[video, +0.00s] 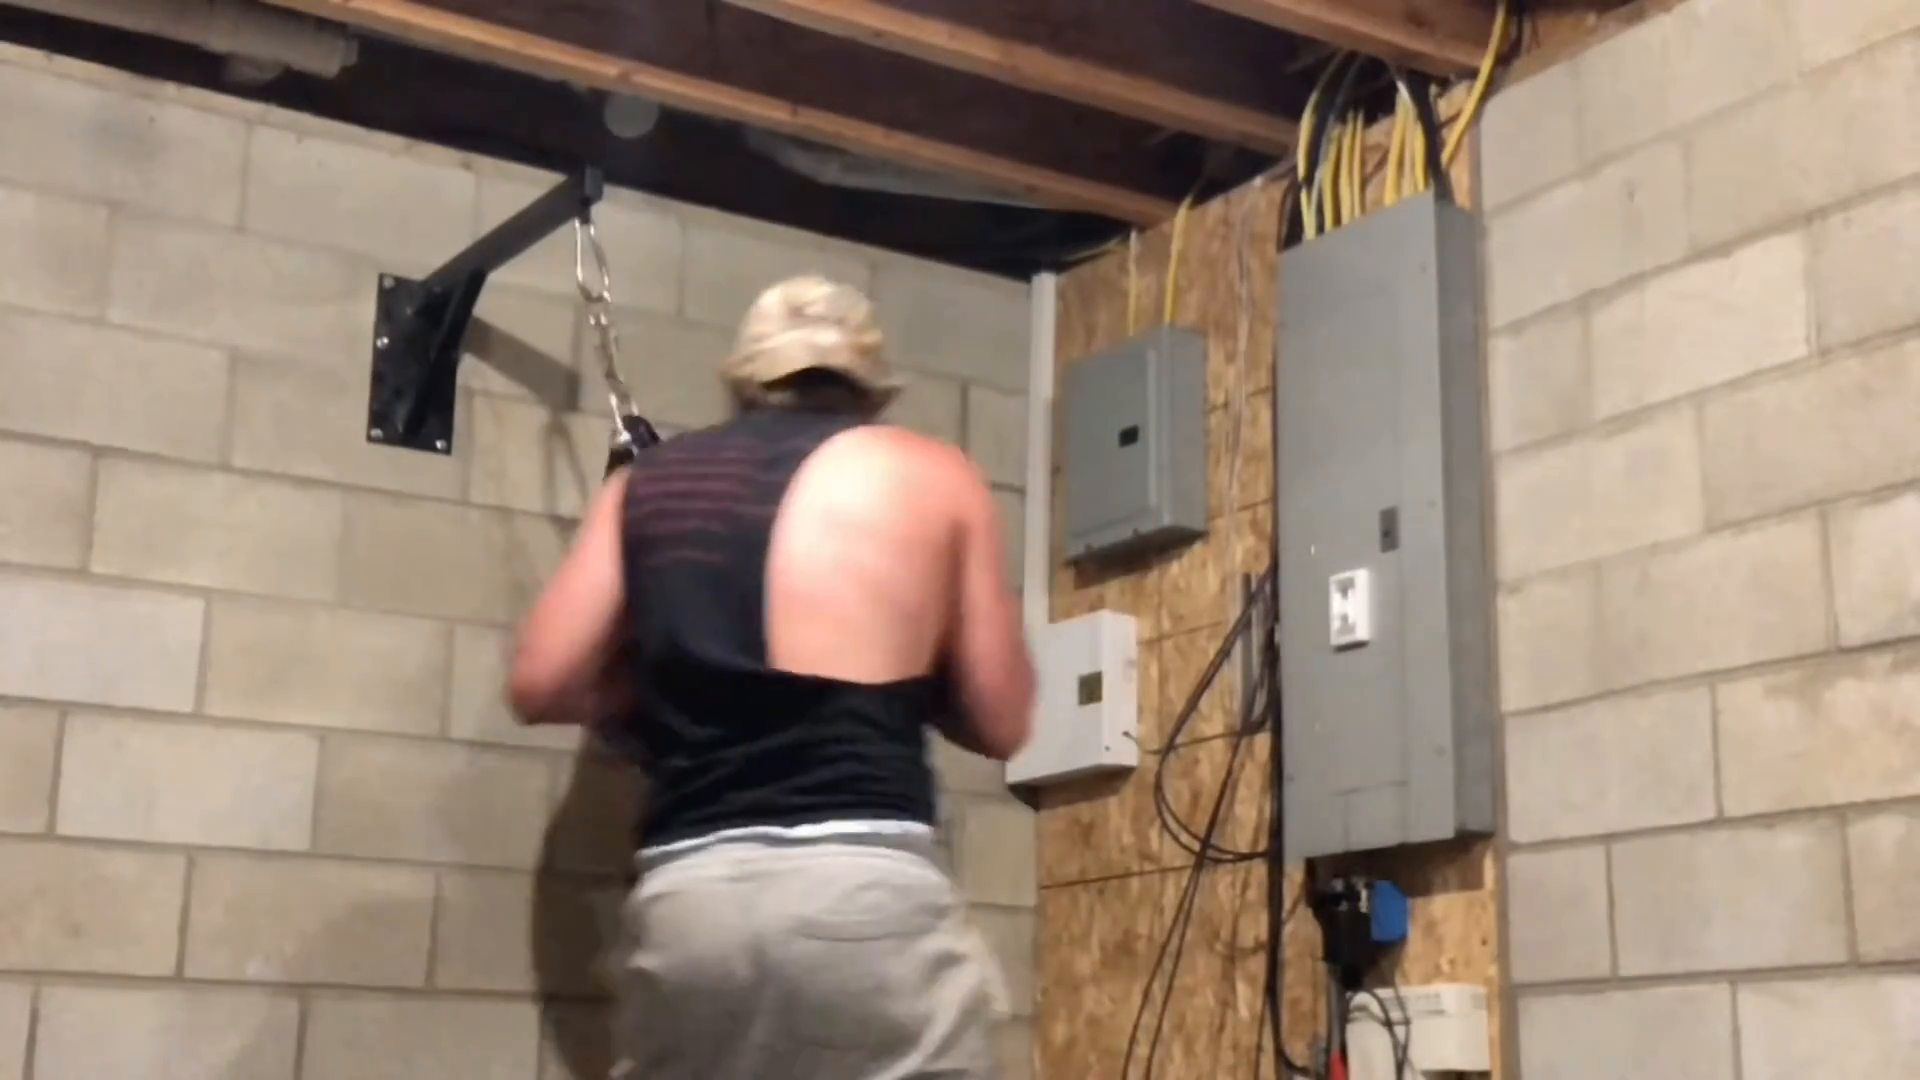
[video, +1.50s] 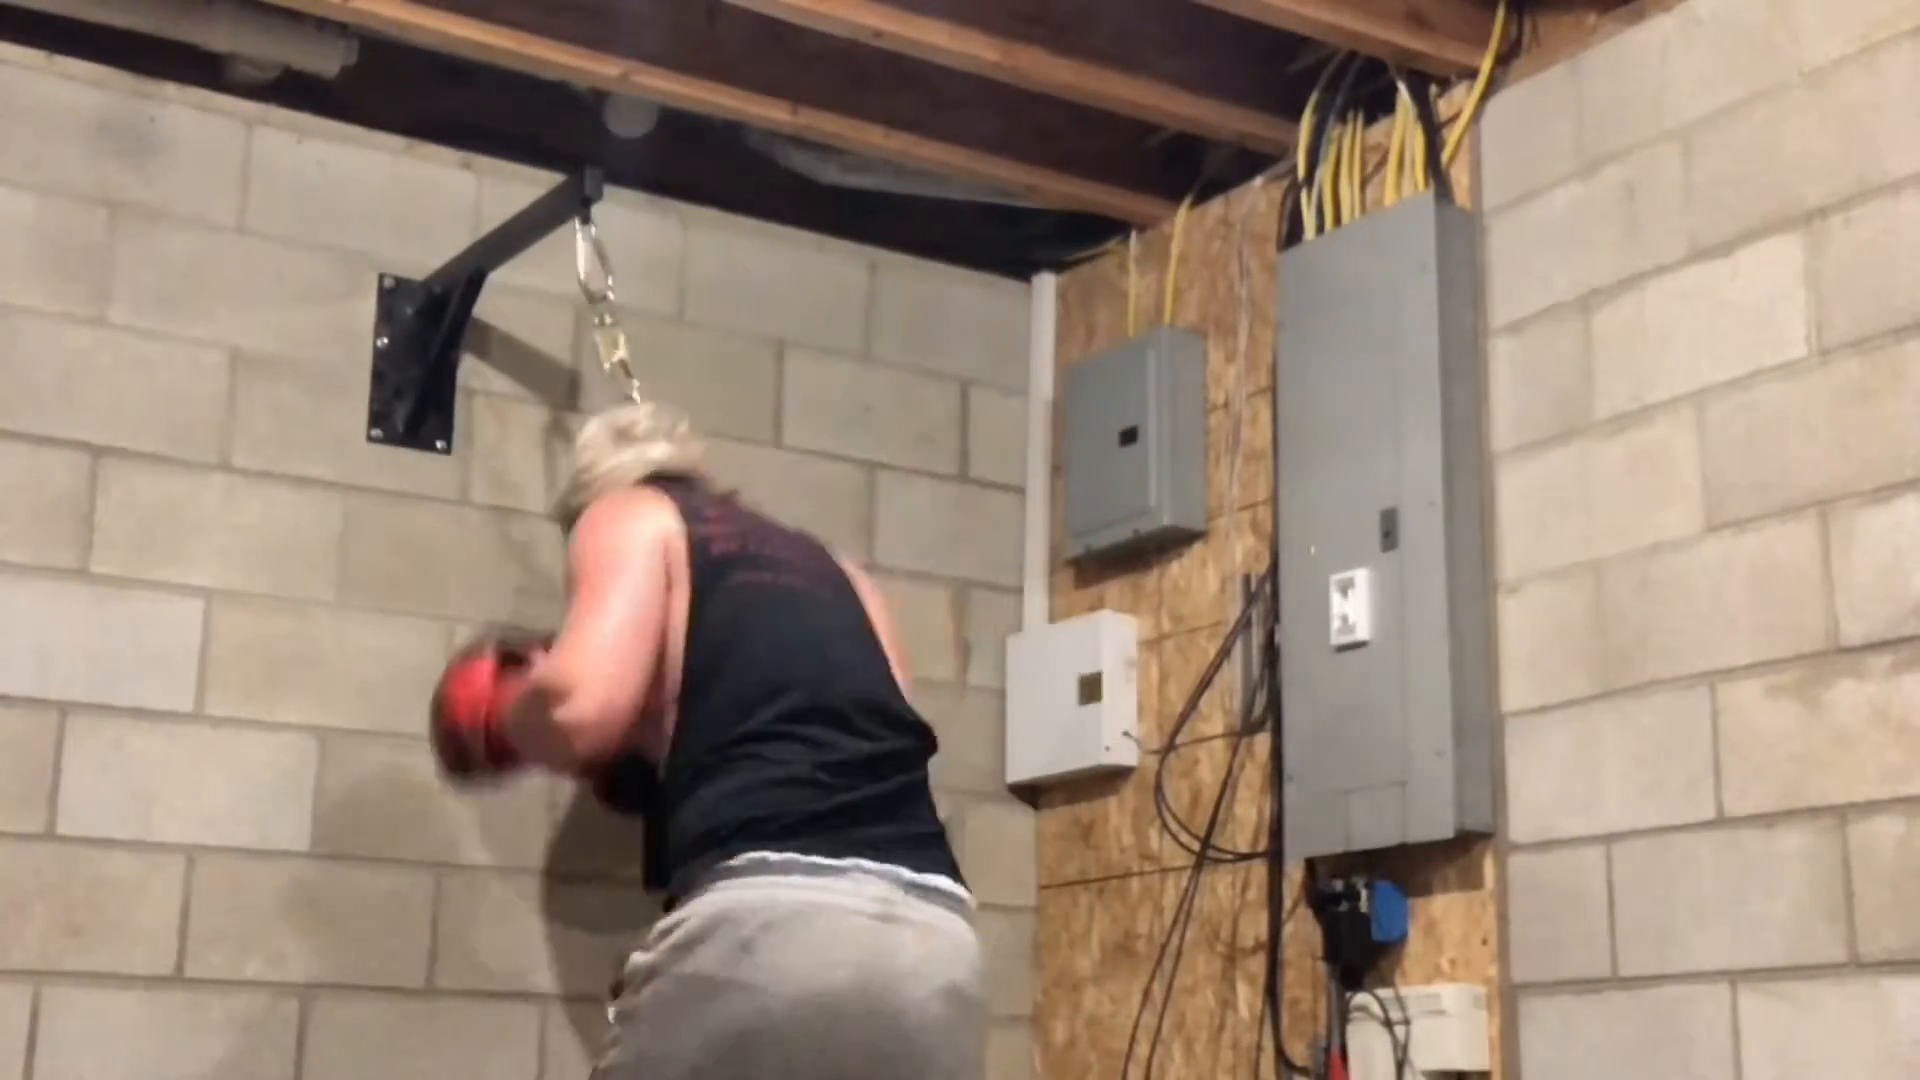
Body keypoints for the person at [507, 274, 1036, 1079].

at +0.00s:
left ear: (741, 380)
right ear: (871, 380)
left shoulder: (645, 480)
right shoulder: (941, 475)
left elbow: (540, 685)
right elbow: (1002, 723)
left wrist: (671, 680)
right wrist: (893, 648)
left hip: (686, 904)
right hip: (875, 895)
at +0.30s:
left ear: (870, 333)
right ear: (1003, 339)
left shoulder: (770, 420)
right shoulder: (1089, 434)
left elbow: (679, 622)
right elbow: (1145, 691)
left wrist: (782, 645)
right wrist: (1017, 644)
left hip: (811, 861)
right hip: (1006, 861)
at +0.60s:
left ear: (908, 319)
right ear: (1039, 328)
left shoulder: (802, 397)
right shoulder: (1122, 438)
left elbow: (696, 607)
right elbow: (1152, 712)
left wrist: (817, 598)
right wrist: (1023, 637)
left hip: (834, 863)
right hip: (1035, 863)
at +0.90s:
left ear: (881, 331)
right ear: (1018, 336)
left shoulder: (792, 404)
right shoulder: (1114, 442)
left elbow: (681, 615)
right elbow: (1144, 712)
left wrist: (817, 600)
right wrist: (1019, 637)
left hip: (811, 863)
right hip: (1012, 866)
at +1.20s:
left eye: (739, 392)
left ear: (754, 382)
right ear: (883, 381)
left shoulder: (718, 437)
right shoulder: (1007, 485)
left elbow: (609, 657)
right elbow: (1009, 743)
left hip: (765, 914)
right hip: (965, 914)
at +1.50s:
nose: (586, 522)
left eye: (589, 509)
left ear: (601, 488)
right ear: (696, 469)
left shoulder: (633, 513)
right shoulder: (840, 567)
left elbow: (587, 713)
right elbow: (889, 710)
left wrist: (500, 708)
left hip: (763, 930)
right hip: (936, 946)